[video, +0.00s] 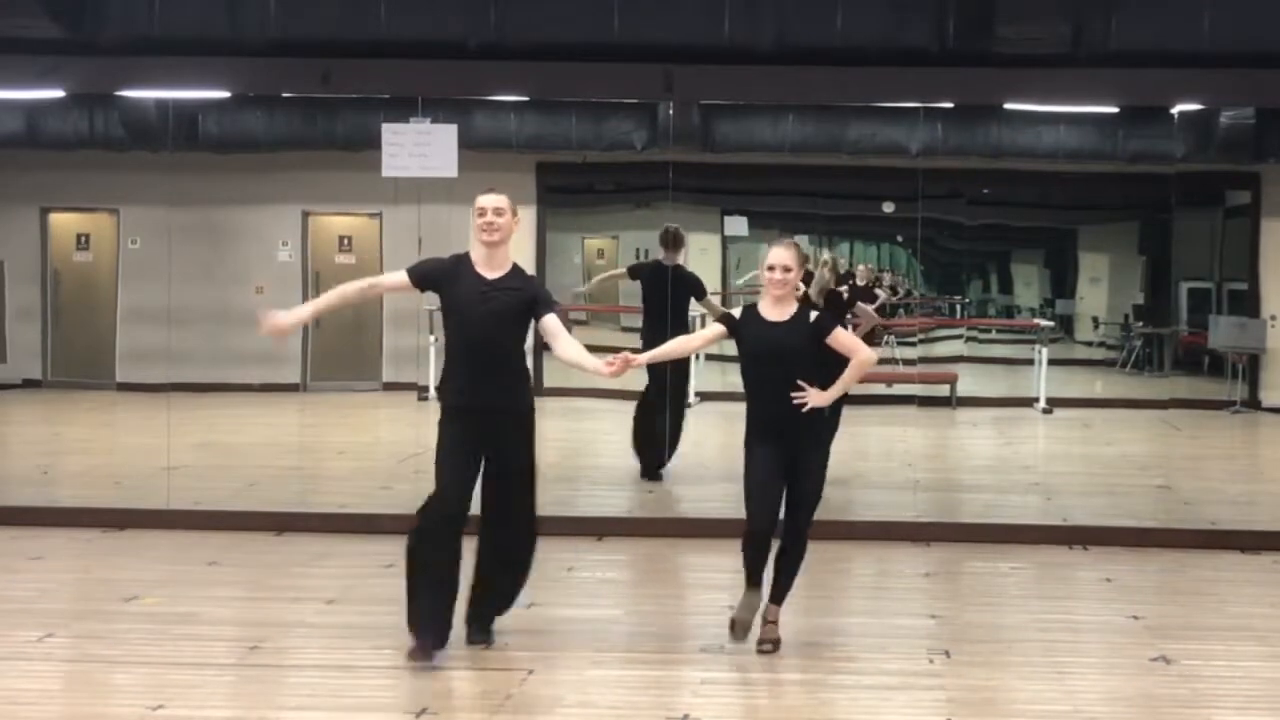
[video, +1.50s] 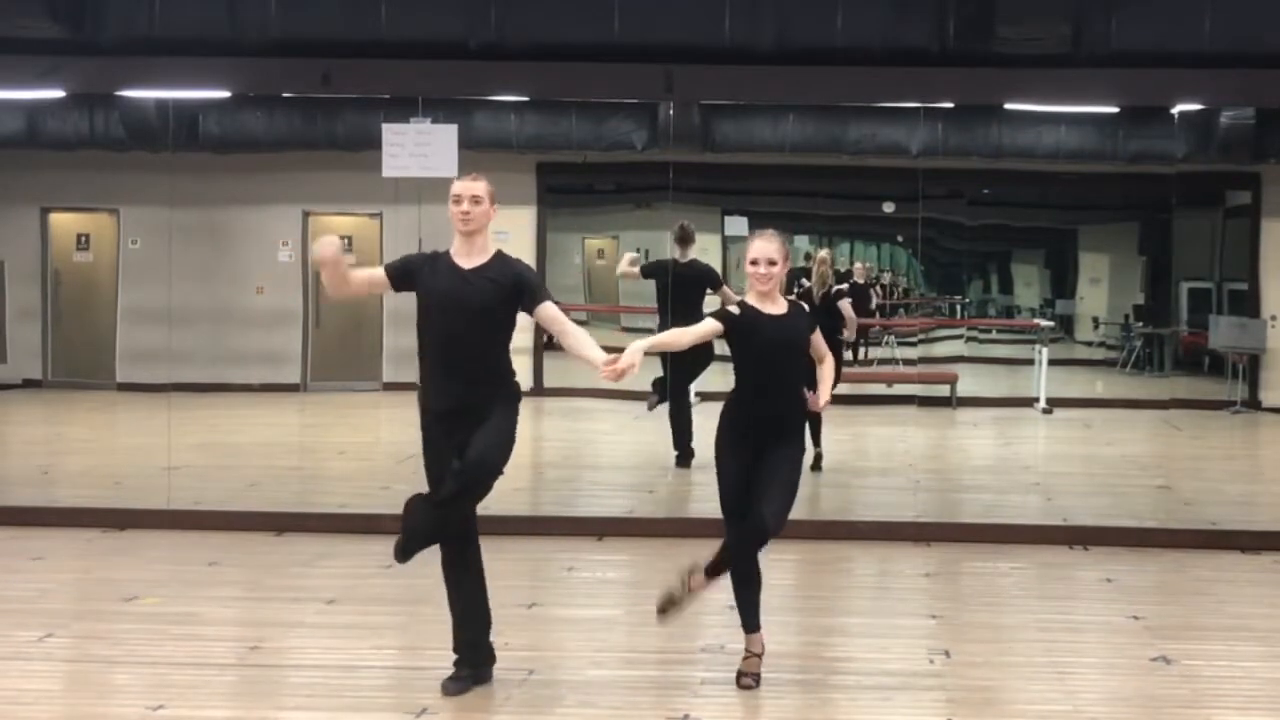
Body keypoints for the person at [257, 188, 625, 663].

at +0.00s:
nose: (489, 219)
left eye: (498, 213)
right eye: (482, 213)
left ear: (515, 223)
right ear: (472, 223)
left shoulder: (529, 287)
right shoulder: (446, 270)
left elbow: (562, 341)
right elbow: (365, 288)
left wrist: (596, 365)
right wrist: (298, 315)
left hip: (513, 415)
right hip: (461, 411)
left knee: (509, 518)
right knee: (447, 510)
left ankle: (483, 615)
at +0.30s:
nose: (479, 216)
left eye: (488, 209)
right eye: (472, 209)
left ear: (507, 219)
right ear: (463, 218)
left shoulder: (525, 284)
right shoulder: (439, 268)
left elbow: (557, 342)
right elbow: (356, 272)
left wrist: (595, 350)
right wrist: (278, 272)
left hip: (499, 416)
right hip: (450, 414)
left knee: (457, 515)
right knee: (460, 522)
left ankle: (424, 610)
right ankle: (471, 651)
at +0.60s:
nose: (466, 226)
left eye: (476, 218)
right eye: (459, 218)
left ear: (496, 226)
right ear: (451, 226)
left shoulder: (518, 293)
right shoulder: (430, 281)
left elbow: (553, 358)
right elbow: (345, 285)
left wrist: (593, 355)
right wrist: (261, 279)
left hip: (492, 434)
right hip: (436, 432)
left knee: (491, 546)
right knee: (437, 547)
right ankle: (466, 655)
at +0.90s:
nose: (467, 221)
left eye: (477, 214)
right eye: (459, 213)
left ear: (494, 222)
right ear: (449, 221)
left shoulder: (513, 288)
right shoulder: (424, 274)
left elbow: (547, 347)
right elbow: (338, 275)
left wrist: (579, 372)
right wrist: (256, 267)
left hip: (488, 423)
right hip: (433, 422)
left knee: (463, 525)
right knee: (432, 531)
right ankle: (467, 654)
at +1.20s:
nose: (467, 206)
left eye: (477, 198)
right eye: (459, 198)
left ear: (494, 207)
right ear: (448, 206)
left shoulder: (514, 274)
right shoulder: (422, 259)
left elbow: (551, 332)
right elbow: (332, 257)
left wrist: (585, 356)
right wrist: (251, 247)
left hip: (493, 397)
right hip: (439, 401)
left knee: (474, 457)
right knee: (456, 525)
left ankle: (427, 525)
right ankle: (468, 657)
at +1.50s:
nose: (465, 208)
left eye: (475, 200)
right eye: (458, 200)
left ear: (493, 210)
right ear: (448, 209)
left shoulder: (514, 275)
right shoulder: (424, 266)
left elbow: (562, 327)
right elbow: (347, 285)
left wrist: (601, 360)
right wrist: (330, 263)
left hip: (494, 405)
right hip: (440, 410)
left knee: (480, 470)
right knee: (458, 532)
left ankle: (423, 522)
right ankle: (474, 656)